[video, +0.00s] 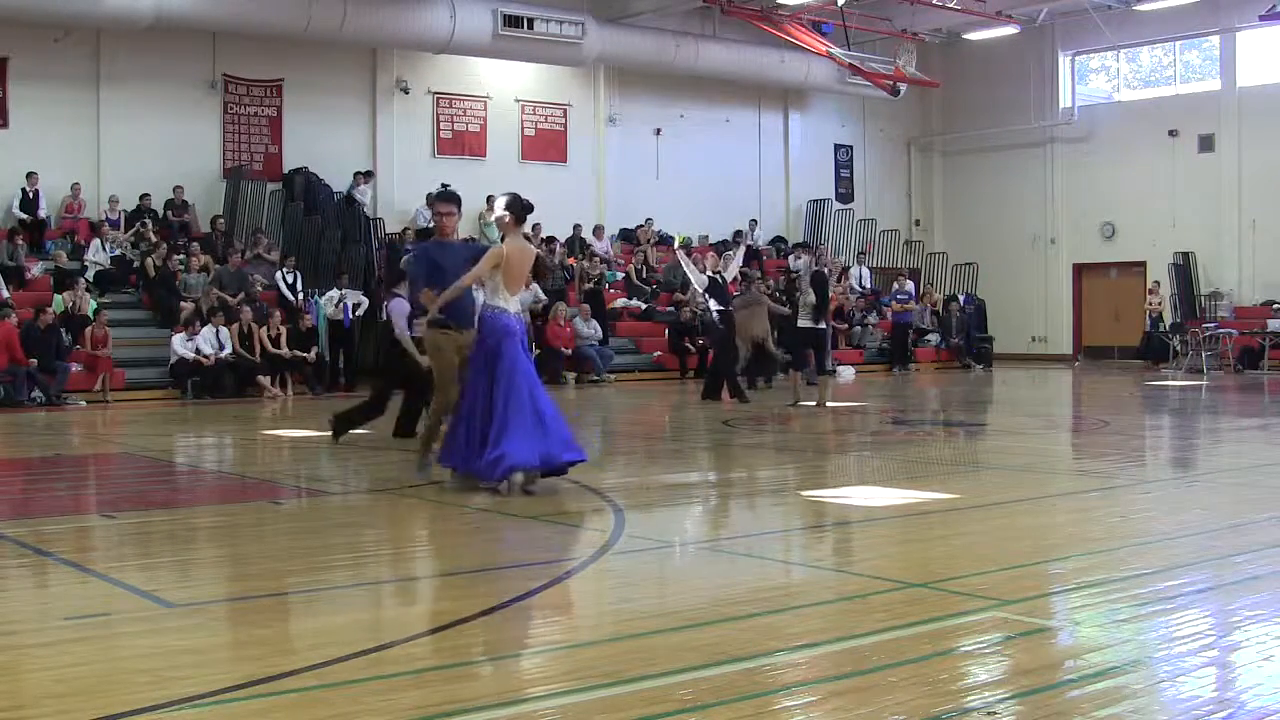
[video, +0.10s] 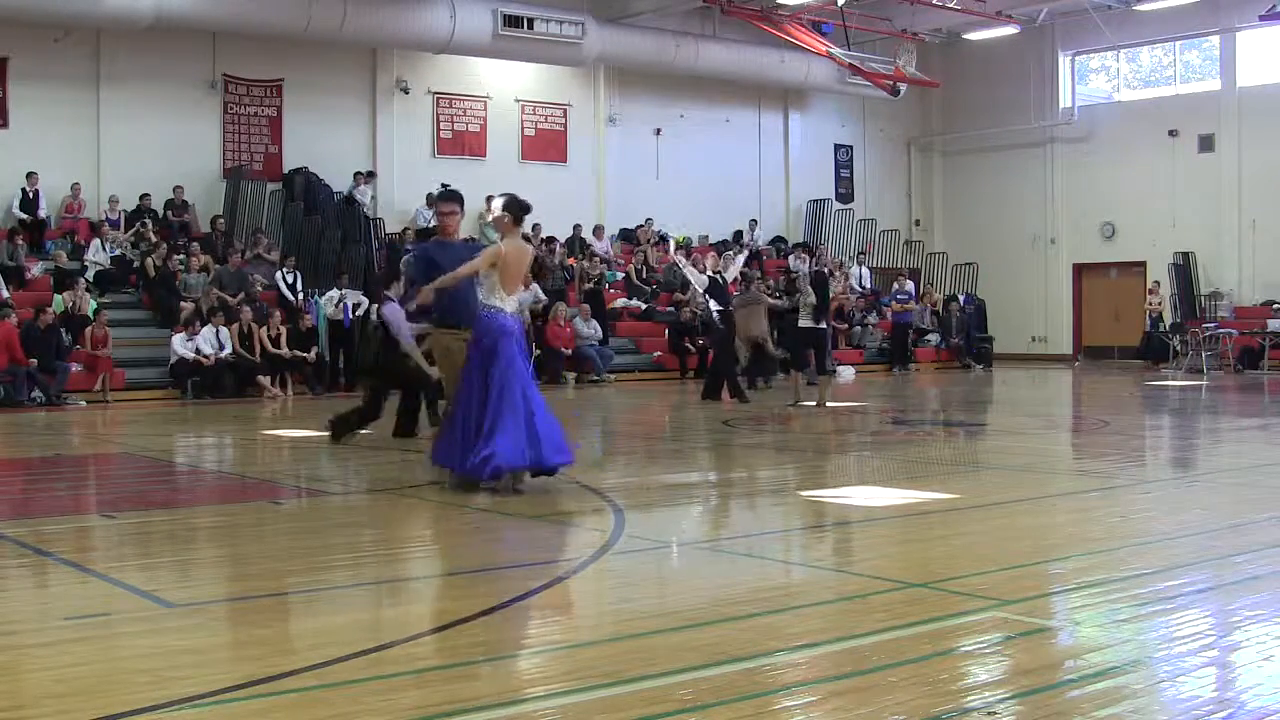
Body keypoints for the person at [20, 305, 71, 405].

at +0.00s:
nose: (53, 317)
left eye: (53, 314)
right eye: (50, 314)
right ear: (41, 316)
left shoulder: (54, 328)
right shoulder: (29, 328)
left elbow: (60, 347)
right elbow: (24, 344)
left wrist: (61, 359)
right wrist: (29, 358)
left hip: (50, 360)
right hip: (35, 361)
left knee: (64, 367)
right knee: (31, 371)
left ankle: (55, 394)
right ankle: (50, 394)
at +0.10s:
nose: (53, 317)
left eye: (53, 314)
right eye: (50, 314)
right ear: (41, 316)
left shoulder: (54, 328)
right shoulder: (29, 328)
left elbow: (60, 347)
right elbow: (24, 345)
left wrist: (61, 359)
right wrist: (29, 358)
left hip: (50, 360)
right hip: (35, 361)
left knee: (64, 367)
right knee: (31, 371)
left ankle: (55, 394)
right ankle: (50, 394)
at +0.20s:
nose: (53, 317)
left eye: (53, 314)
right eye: (50, 315)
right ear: (41, 316)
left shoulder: (54, 328)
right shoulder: (28, 328)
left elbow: (60, 347)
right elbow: (24, 345)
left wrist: (61, 360)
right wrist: (29, 358)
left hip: (50, 360)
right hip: (34, 361)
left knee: (64, 367)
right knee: (31, 371)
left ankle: (55, 394)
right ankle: (50, 394)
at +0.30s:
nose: (53, 317)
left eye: (53, 314)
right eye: (50, 314)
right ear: (41, 316)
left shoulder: (54, 328)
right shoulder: (28, 328)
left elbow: (60, 347)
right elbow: (24, 346)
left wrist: (61, 360)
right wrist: (29, 359)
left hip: (50, 360)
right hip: (34, 361)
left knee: (64, 367)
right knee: (31, 370)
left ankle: (55, 394)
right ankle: (50, 395)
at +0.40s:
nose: (53, 317)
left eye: (53, 314)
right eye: (50, 315)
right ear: (41, 316)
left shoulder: (54, 328)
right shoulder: (28, 329)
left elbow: (60, 347)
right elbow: (23, 346)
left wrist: (61, 360)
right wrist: (28, 358)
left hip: (50, 360)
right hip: (34, 361)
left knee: (64, 367)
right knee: (31, 370)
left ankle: (56, 394)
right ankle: (50, 395)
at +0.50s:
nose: (53, 317)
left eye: (53, 314)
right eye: (50, 315)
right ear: (41, 316)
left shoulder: (54, 329)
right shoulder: (28, 329)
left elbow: (60, 347)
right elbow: (24, 346)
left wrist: (61, 360)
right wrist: (29, 358)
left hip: (50, 360)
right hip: (34, 361)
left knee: (64, 367)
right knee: (31, 370)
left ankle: (56, 394)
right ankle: (50, 395)